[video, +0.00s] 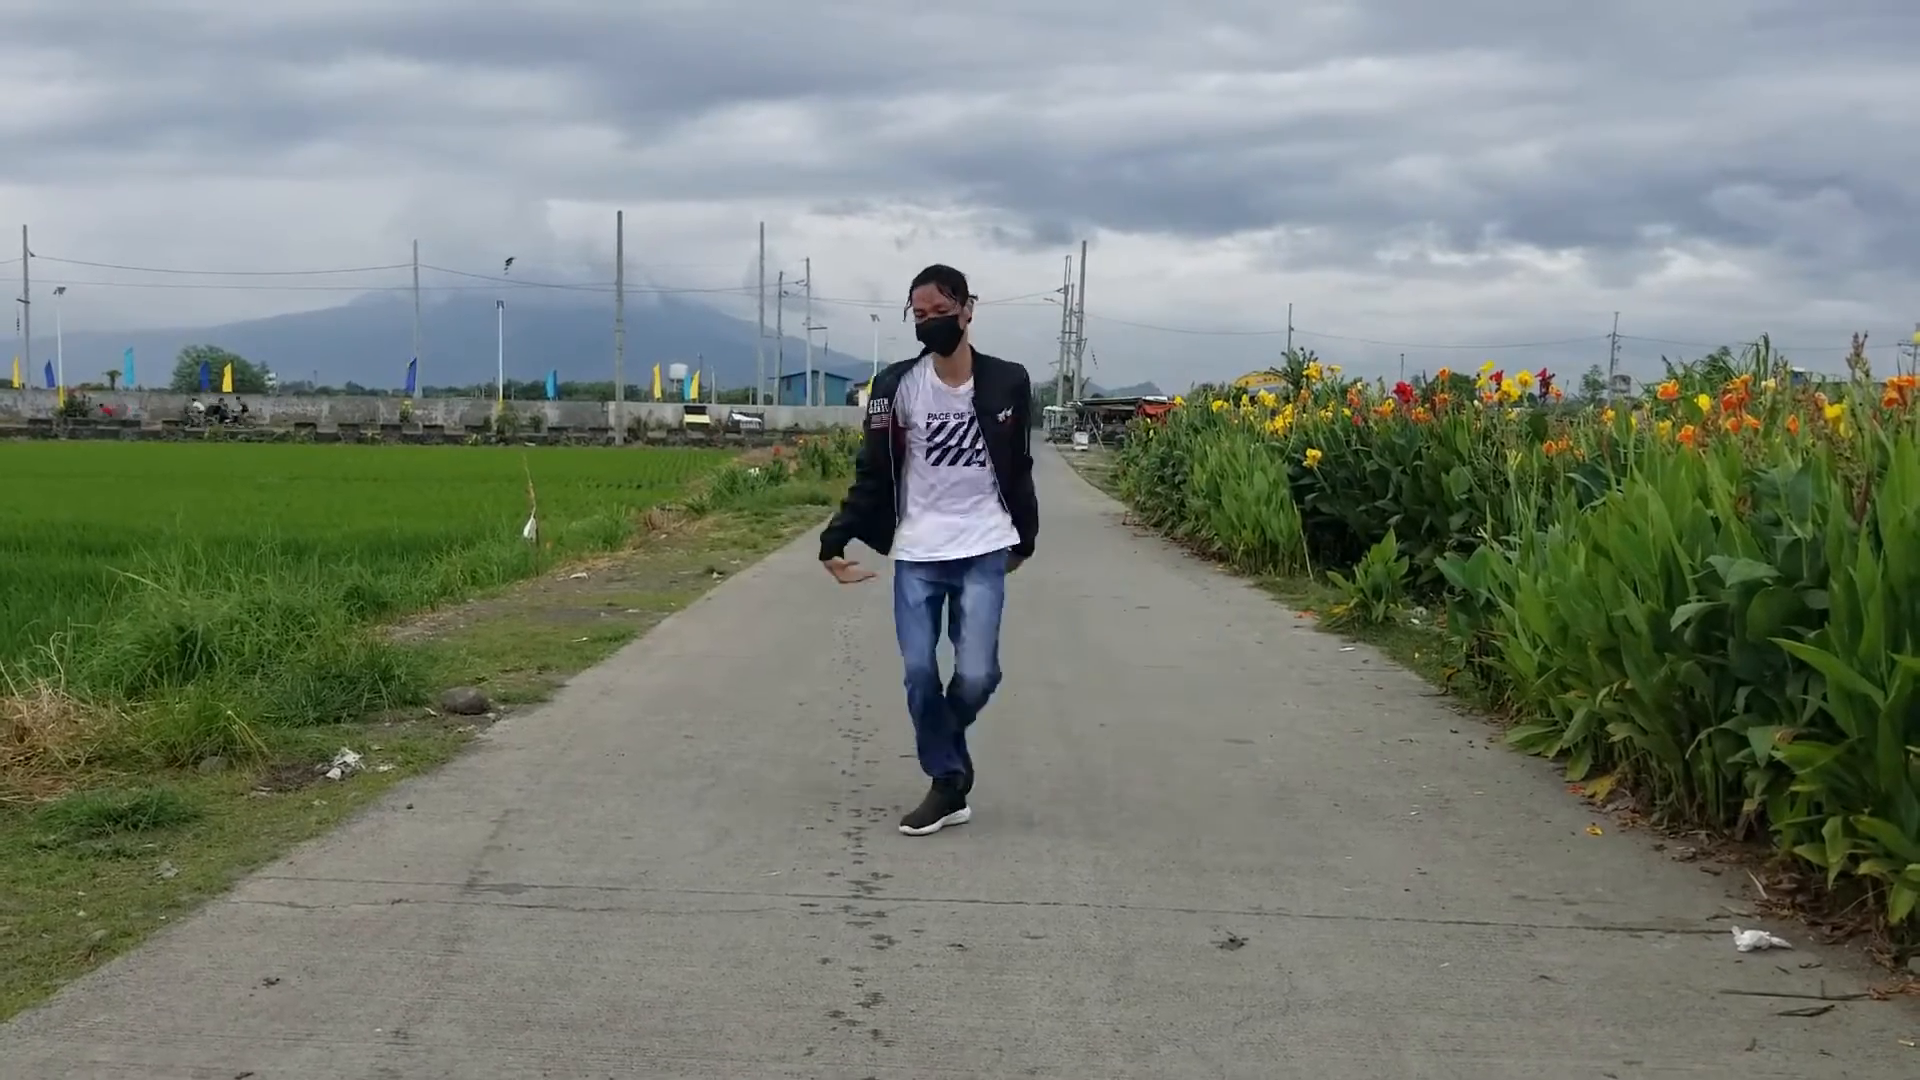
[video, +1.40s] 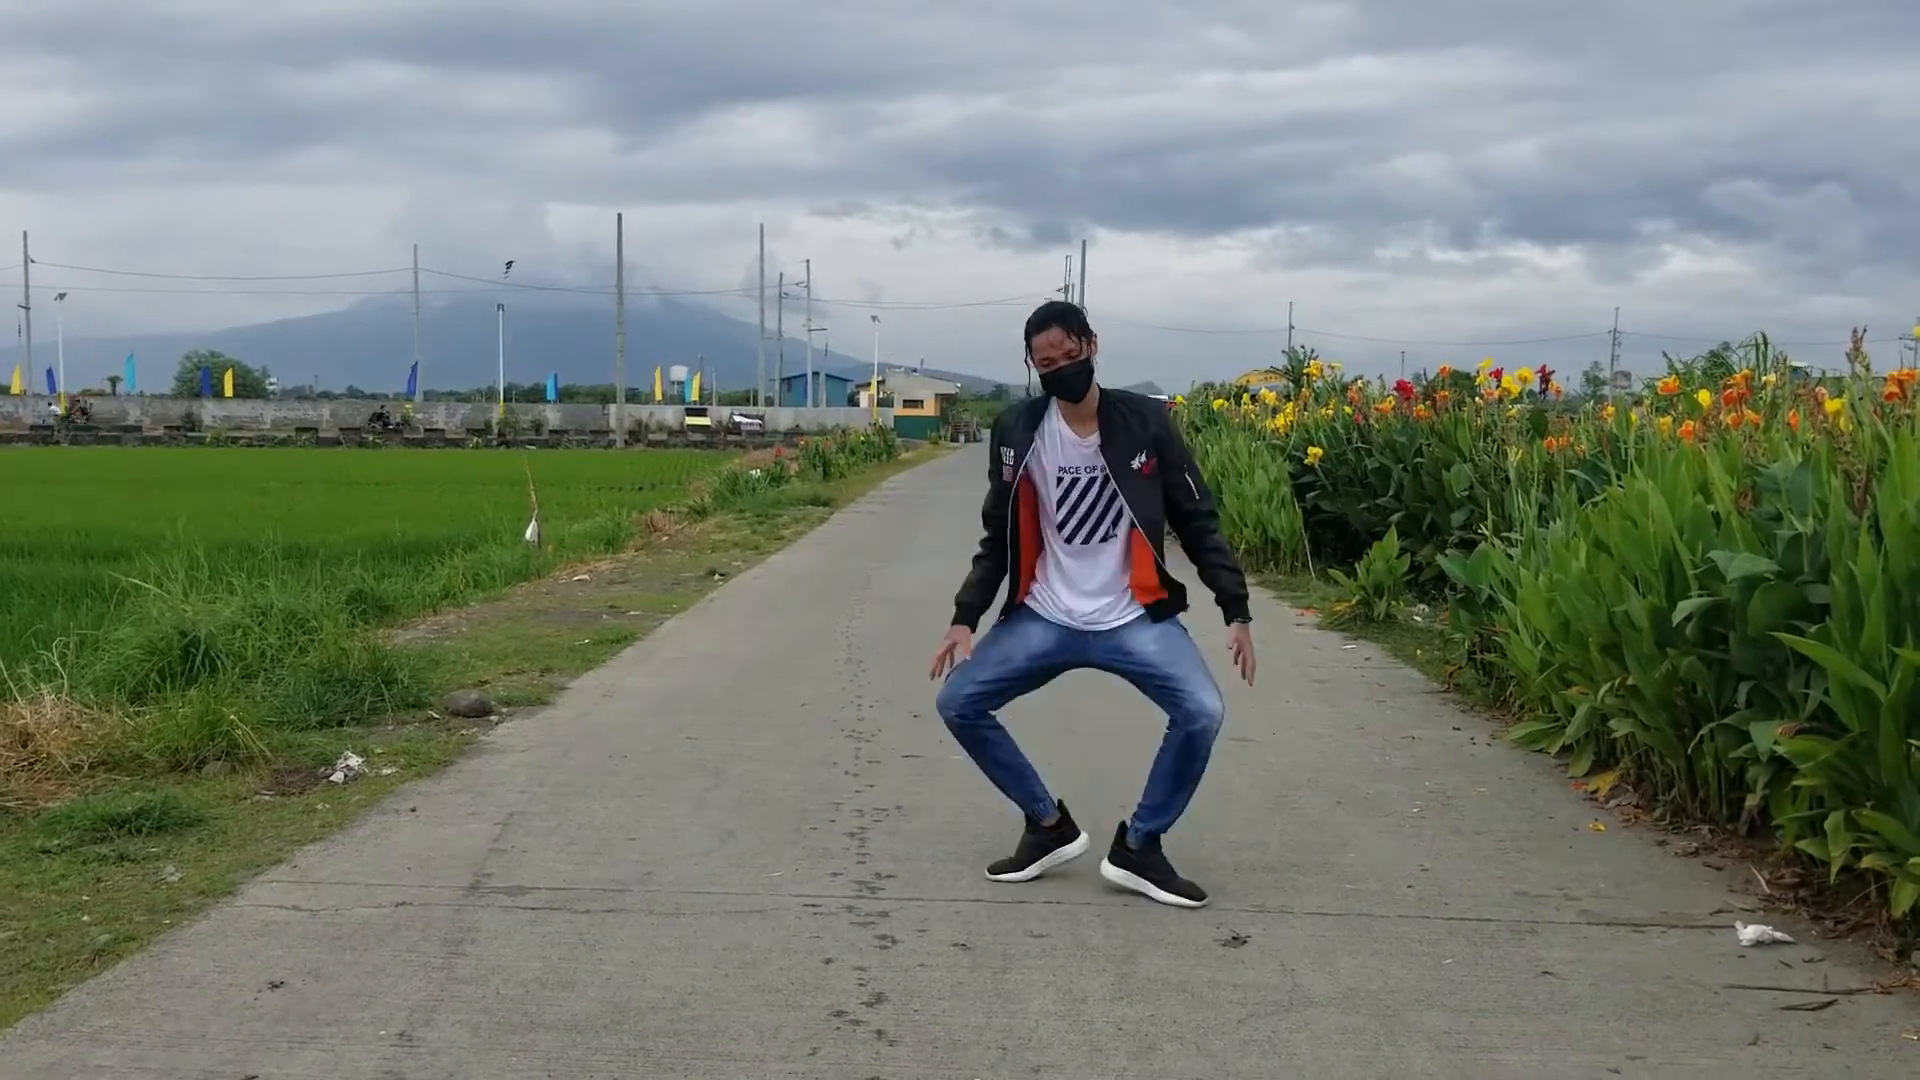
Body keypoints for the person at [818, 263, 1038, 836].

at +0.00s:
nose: (928, 324)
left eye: (938, 312)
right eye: (919, 316)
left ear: (967, 311)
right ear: (912, 320)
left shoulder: (1007, 381)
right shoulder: (894, 386)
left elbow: (1019, 466)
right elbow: (873, 476)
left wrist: (1024, 534)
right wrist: (835, 536)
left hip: (985, 544)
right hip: (916, 547)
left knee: (978, 676)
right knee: (919, 673)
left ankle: (945, 739)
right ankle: (948, 781)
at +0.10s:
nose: (936, 336)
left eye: (946, 324)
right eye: (925, 328)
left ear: (968, 324)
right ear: (915, 335)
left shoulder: (1009, 395)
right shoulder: (900, 402)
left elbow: (1027, 489)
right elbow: (895, 495)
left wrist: (1020, 574)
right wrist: (872, 570)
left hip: (987, 548)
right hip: (921, 552)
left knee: (961, 655)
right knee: (910, 676)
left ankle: (1008, 758)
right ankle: (950, 784)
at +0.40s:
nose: (991, 325)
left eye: (999, 314)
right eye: (977, 320)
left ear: (1014, 318)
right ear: (959, 332)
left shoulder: (1052, 376)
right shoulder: (943, 400)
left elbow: (1104, 459)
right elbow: (941, 491)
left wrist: (1102, 535)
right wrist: (924, 557)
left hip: (1055, 557)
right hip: (985, 563)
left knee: (1055, 688)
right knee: (973, 688)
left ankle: (1055, 818)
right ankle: (971, 782)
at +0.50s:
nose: (1018, 324)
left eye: (1025, 313)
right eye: (1003, 319)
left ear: (1039, 317)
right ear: (982, 331)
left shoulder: (1076, 375)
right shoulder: (957, 397)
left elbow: (1128, 453)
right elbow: (932, 481)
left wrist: (1154, 526)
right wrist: (921, 549)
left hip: (1079, 558)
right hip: (1011, 566)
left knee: (1082, 691)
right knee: (1023, 694)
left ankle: (1064, 817)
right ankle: (1032, 780)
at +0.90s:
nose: (1068, 303)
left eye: (1074, 290)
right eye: (1053, 297)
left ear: (1091, 287)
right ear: (1036, 304)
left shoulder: (1135, 353)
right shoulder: (1012, 363)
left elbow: (1168, 435)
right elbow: (986, 446)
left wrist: (1166, 512)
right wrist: (1013, 514)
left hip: (1130, 544)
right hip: (1057, 548)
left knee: (1115, 698)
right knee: (1064, 691)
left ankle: (1116, 835)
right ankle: (1067, 804)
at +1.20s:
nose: (1068, 327)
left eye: (1075, 312)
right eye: (1053, 319)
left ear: (1094, 299)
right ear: (1037, 319)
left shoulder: (1148, 366)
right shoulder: (1023, 377)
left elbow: (1213, 449)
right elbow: (1006, 475)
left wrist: (1230, 509)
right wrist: (974, 546)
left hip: (1132, 560)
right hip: (1050, 557)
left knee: (1165, 686)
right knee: (1005, 660)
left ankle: (1122, 817)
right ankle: (1054, 797)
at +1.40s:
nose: (1059, 363)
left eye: (1065, 348)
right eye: (1045, 357)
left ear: (1090, 345)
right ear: (1034, 366)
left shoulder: (1145, 421)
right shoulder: (1017, 430)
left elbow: (1197, 519)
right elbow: (999, 536)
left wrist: (1237, 608)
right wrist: (964, 618)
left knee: (1202, 712)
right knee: (959, 702)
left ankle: (1138, 845)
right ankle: (1049, 823)